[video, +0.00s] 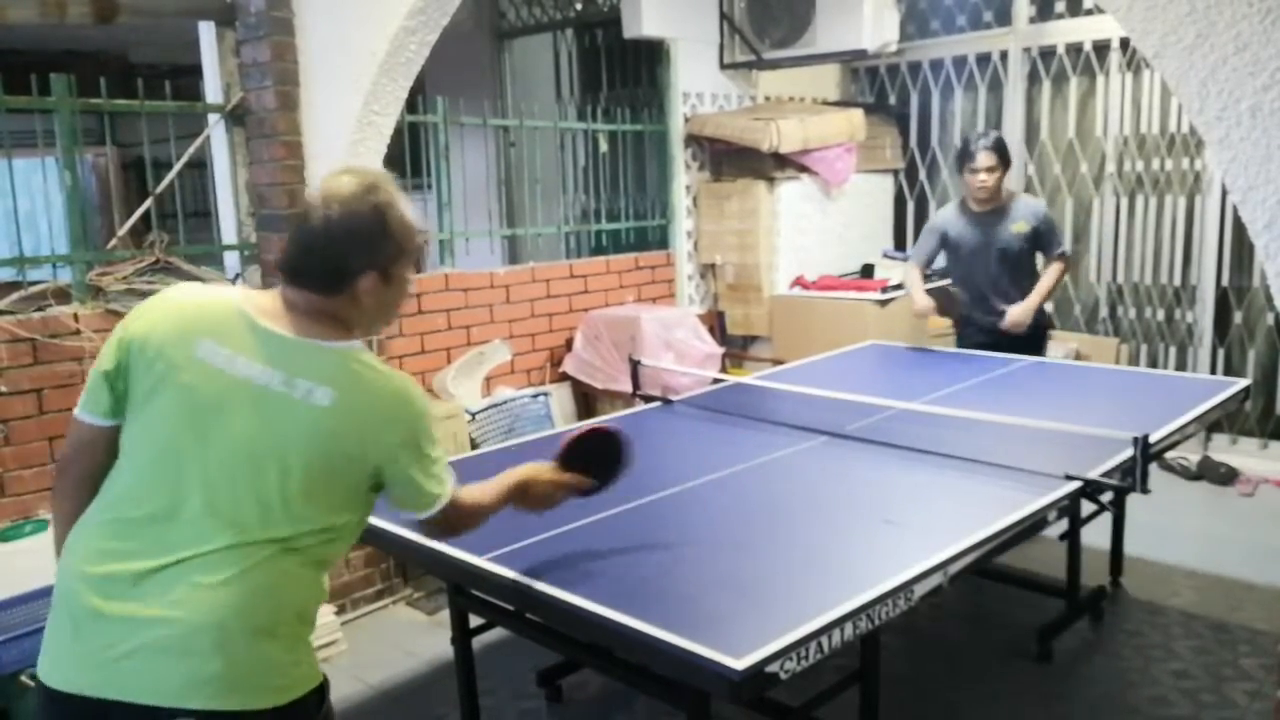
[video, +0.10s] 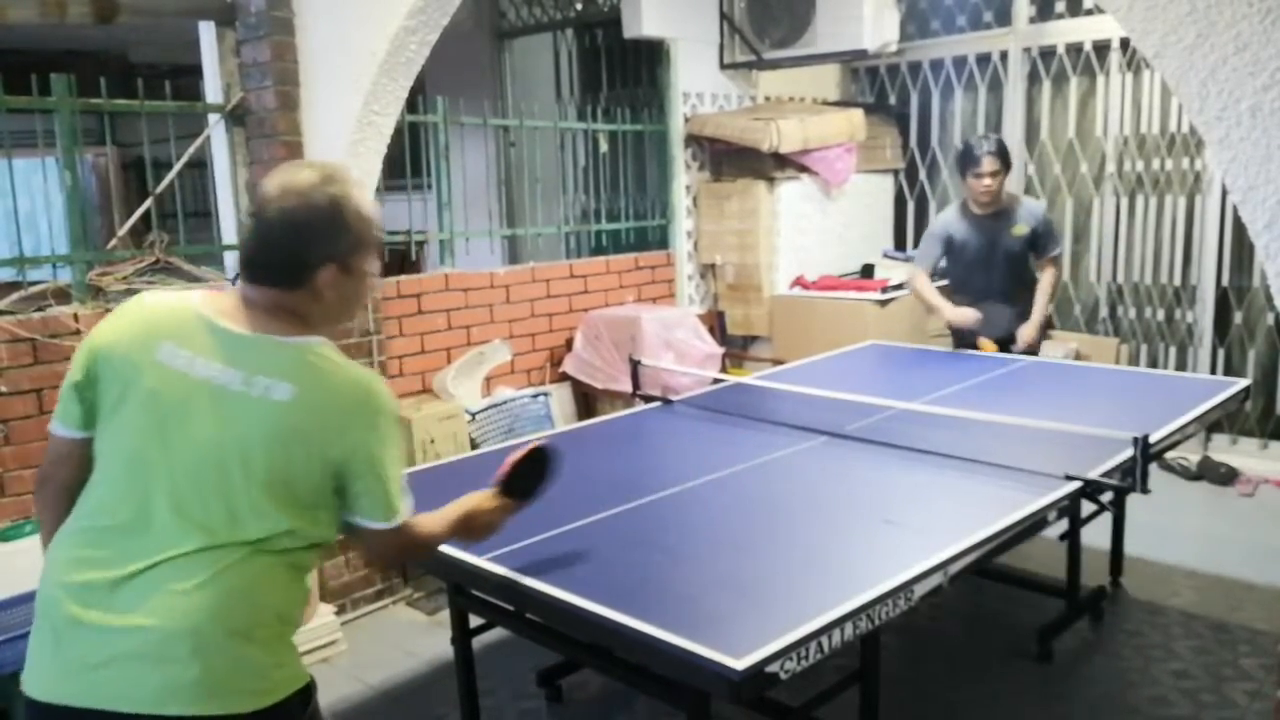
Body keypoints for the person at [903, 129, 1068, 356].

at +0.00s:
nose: (982, 179)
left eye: (991, 171)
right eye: (974, 171)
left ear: (1004, 171)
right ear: (962, 175)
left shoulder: (1032, 212)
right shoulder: (945, 220)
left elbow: (1058, 260)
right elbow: (914, 265)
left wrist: (1028, 306)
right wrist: (920, 296)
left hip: (1025, 334)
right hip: (975, 334)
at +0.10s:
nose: (987, 183)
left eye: (994, 174)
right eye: (977, 176)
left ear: (1006, 174)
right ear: (964, 179)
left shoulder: (1031, 215)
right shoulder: (947, 223)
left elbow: (1049, 265)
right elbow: (917, 276)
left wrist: (1035, 323)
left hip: (1021, 336)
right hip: (970, 336)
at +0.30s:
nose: (1004, 188)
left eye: (1010, 180)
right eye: (994, 181)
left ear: (1018, 179)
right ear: (976, 183)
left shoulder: (1031, 215)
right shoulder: (965, 228)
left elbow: (1039, 271)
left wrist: (1045, 327)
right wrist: (1013, 319)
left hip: (1022, 330)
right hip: (977, 333)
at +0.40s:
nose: (1013, 185)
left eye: (1019, 177)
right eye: (1003, 178)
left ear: (1027, 178)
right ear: (983, 181)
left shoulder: (1033, 212)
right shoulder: (974, 224)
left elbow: (1044, 270)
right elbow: (989, 285)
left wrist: (1051, 320)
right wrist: (1019, 312)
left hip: (1023, 318)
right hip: (979, 320)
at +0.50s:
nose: (1022, 181)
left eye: (1028, 173)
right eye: (1012, 174)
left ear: (1035, 175)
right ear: (992, 176)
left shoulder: (1040, 212)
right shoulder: (983, 218)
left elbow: (1048, 269)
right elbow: (992, 279)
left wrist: (1056, 312)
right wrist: (1022, 312)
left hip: (1029, 319)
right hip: (986, 319)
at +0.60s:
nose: (1028, 179)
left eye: (1034, 171)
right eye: (1018, 172)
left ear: (1042, 173)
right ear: (1002, 175)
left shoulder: (1051, 214)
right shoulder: (990, 218)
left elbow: (1054, 272)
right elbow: (994, 281)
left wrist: (1062, 317)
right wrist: (1025, 315)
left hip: (1037, 323)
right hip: (994, 323)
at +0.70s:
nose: (1033, 177)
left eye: (1041, 169)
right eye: (1023, 170)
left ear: (1051, 170)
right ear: (1009, 173)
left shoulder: (1064, 217)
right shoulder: (997, 217)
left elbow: (1067, 274)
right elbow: (993, 279)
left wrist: (1068, 318)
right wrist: (1025, 317)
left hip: (1047, 327)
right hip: (1000, 327)